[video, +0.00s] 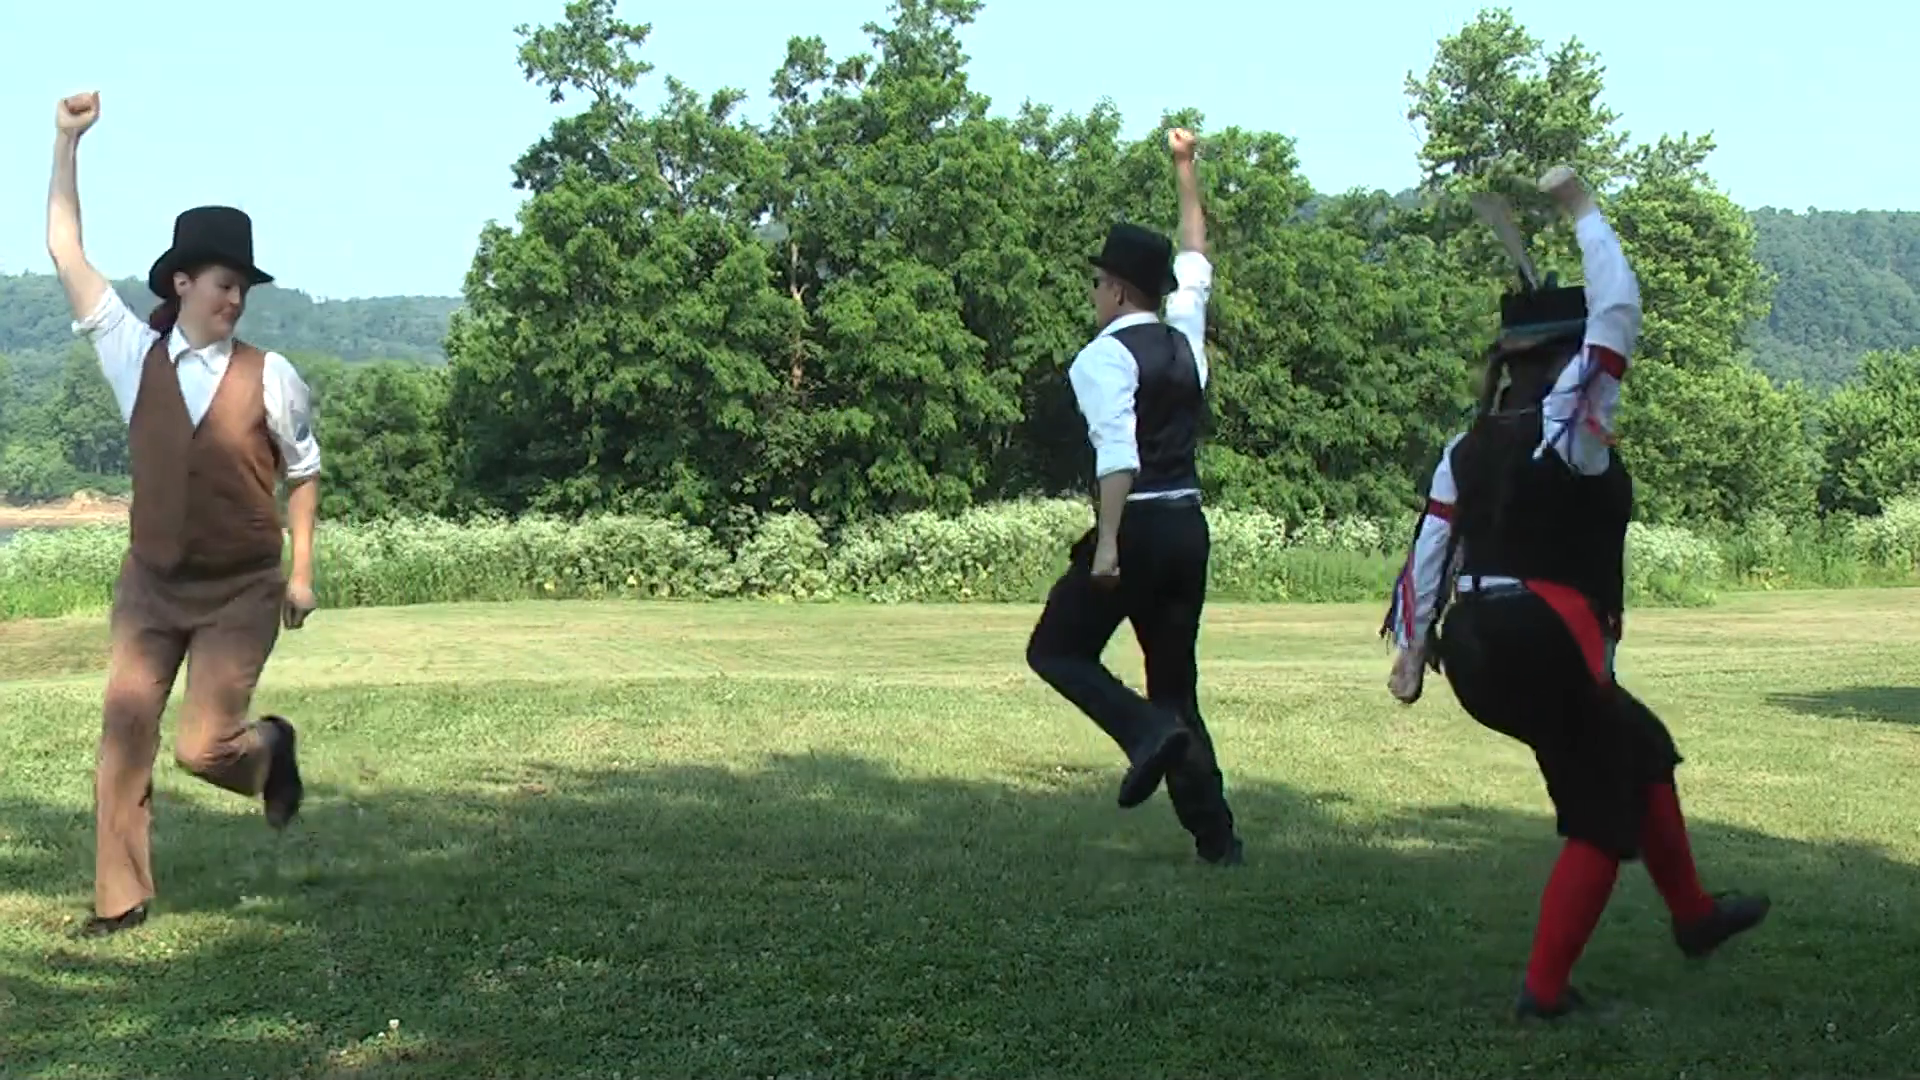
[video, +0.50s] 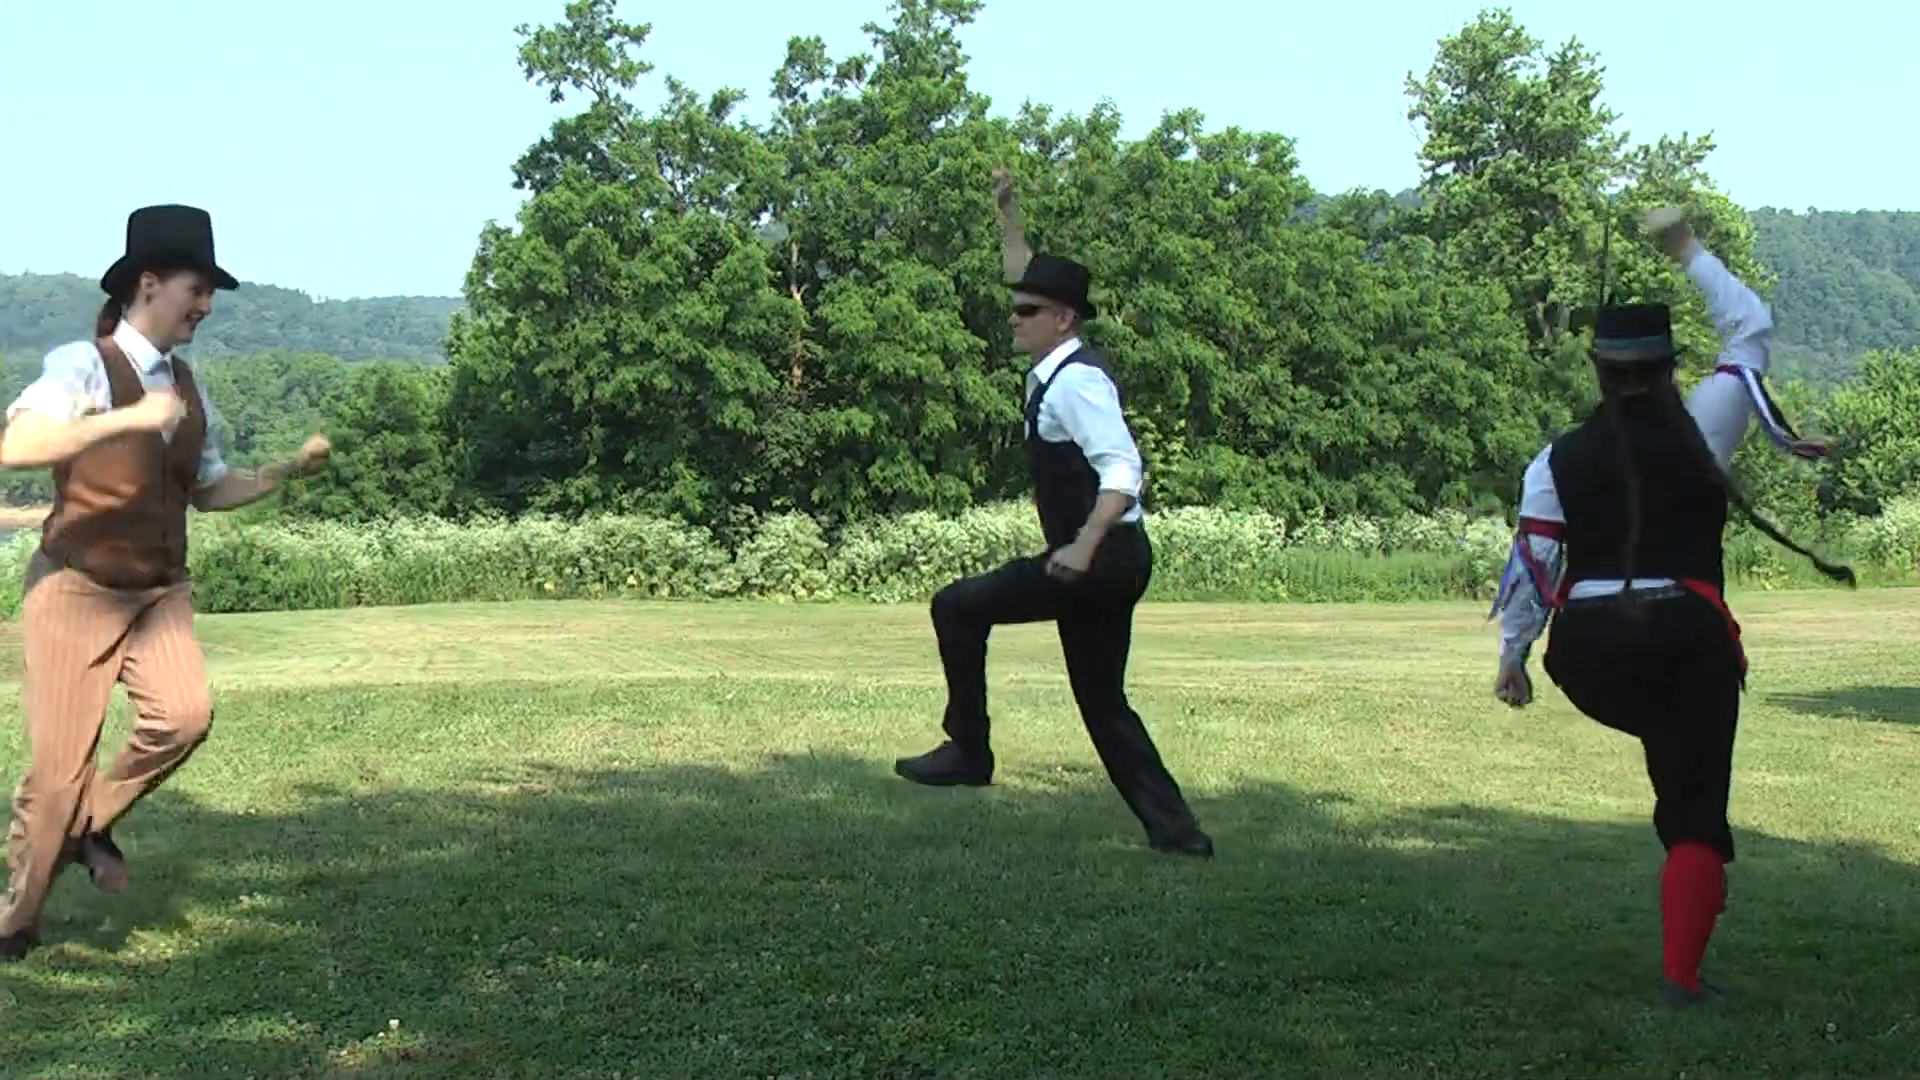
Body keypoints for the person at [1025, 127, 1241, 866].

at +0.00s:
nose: (1094, 292)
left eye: (1099, 282)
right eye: (1098, 280)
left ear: (1118, 289)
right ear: (1155, 290)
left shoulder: (1101, 358)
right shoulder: (1184, 338)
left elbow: (1118, 457)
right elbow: (1193, 260)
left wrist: (1106, 539)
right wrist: (1187, 169)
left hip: (1133, 529)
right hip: (1186, 528)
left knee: (1053, 650)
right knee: (1172, 689)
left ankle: (1144, 731)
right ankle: (1214, 837)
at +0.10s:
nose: (1087, 264)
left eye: (1092, 254)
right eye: (1090, 252)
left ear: (1118, 259)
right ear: (1141, 260)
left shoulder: (1109, 319)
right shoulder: (1166, 306)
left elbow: (1142, 423)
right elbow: (1168, 229)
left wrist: (1134, 513)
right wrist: (1163, 136)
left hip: (1121, 499)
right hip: (1166, 494)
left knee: (1018, 594)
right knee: (1170, 672)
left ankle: (1123, 698)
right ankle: (1215, 823)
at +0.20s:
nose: (1071, 260)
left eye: (1081, 250)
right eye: (1074, 249)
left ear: (1113, 256)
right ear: (1124, 255)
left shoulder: (1111, 322)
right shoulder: (1146, 296)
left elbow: (1154, 415)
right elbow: (1142, 223)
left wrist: (1156, 504)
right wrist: (1140, 134)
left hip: (1110, 500)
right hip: (1148, 500)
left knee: (1001, 573)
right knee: (1140, 655)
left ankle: (1092, 691)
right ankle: (1201, 808)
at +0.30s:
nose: (1059, 293)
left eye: (1069, 284)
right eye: (1060, 282)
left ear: (1102, 287)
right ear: (1104, 285)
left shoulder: (1106, 353)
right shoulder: (1122, 326)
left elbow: (1164, 445)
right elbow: (1109, 245)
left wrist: (1170, 537)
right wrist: (1112, 159)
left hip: (1102, 534)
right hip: (1132, 537)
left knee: (986, 583)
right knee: (1131, 680)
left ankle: (1065, 711)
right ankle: (1182, 824)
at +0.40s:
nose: (1040, 315)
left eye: (1052, 306)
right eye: (1041, 304)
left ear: (1090, 313)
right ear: (1083, 310)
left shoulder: (1097, 380)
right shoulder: (1089, 362)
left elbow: (1150, 469)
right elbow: (1076, 273)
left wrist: (1155, 563)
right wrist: (1070, 191)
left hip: (1102, 557)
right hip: (1112, 557)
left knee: (974, 603)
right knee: (1111, 695)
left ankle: (1023, 738)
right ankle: (1179, 825)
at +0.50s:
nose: (1016, 321)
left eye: (1028, 312)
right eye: (1016, 310)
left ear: (1064, 318)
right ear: (1052, 316)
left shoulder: (1077, 383)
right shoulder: (1056, 366)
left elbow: (1122, 469)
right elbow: (1026, 280)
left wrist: (1086, 541)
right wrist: (1007, 212)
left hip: (1098, 555)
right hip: (1102, 556)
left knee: (957, 608)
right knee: (1102, 703)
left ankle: (967, 750)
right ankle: (1178, 835)